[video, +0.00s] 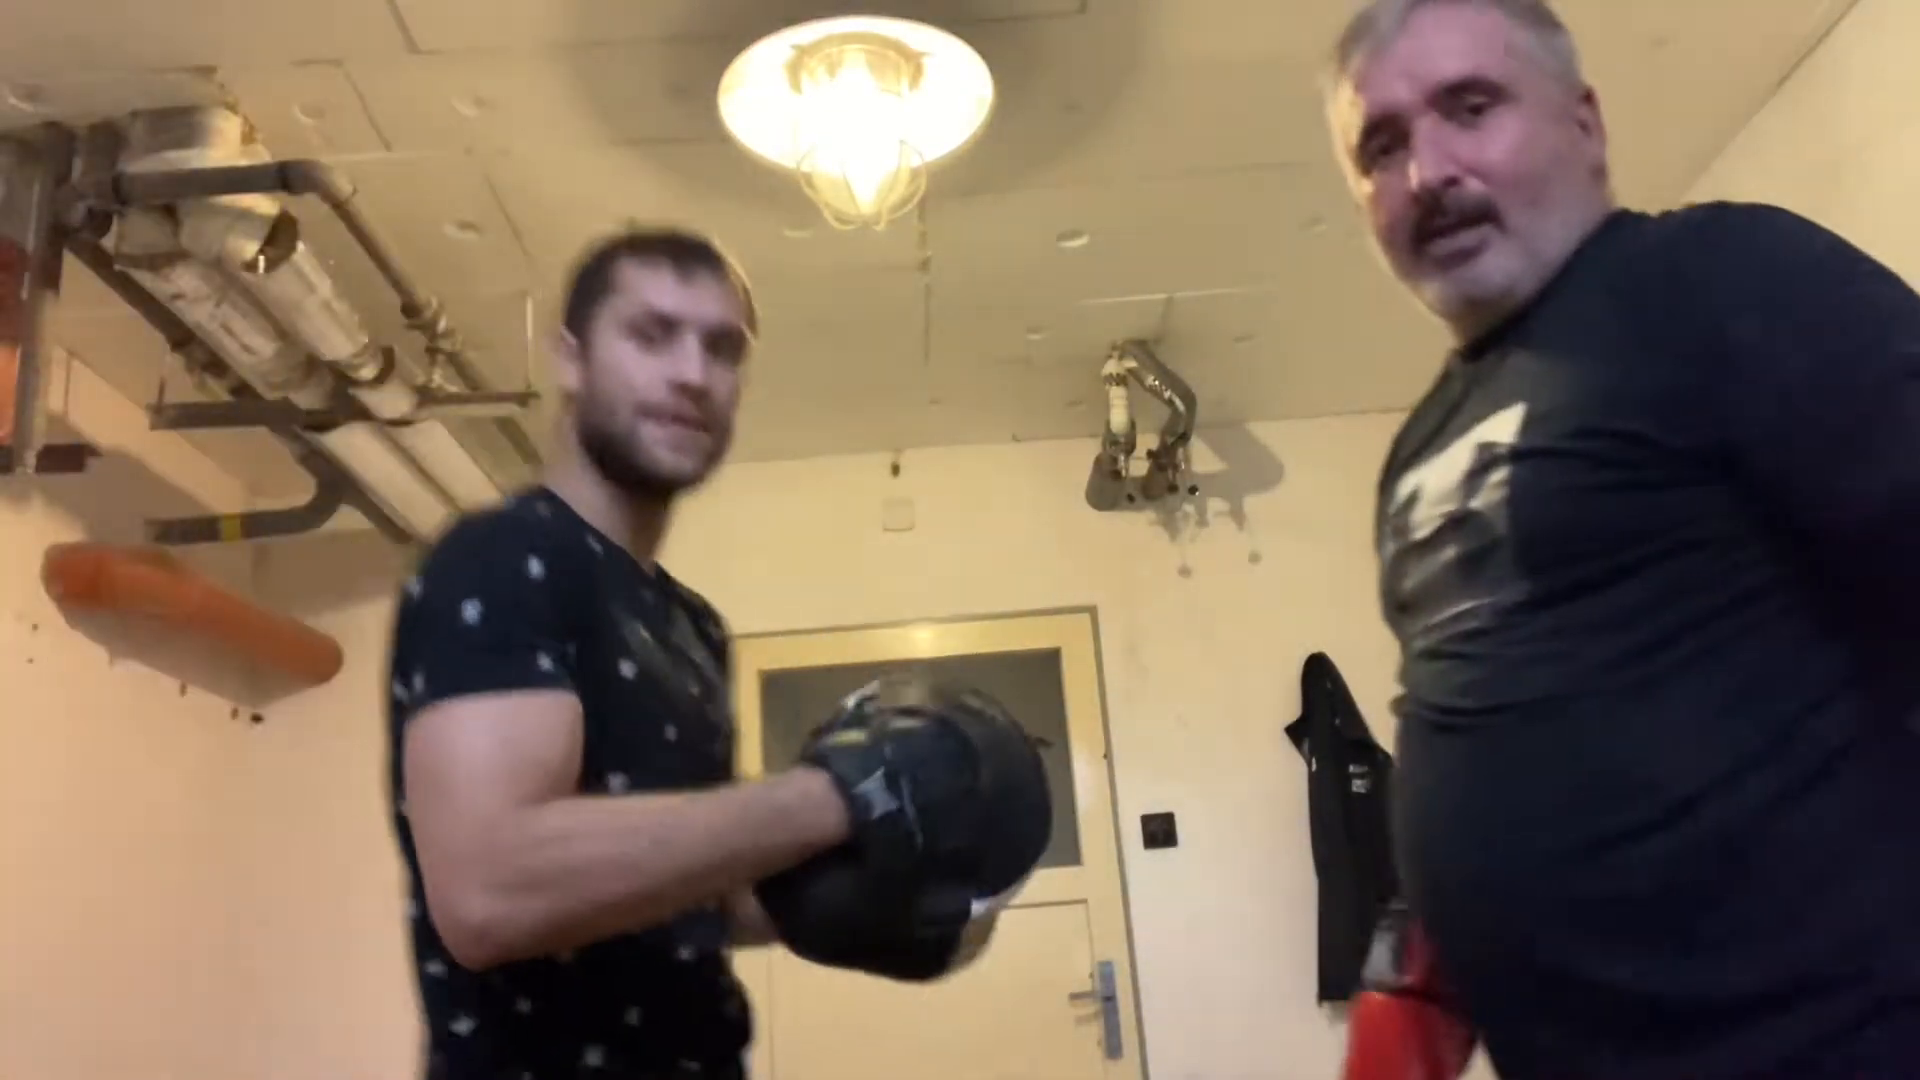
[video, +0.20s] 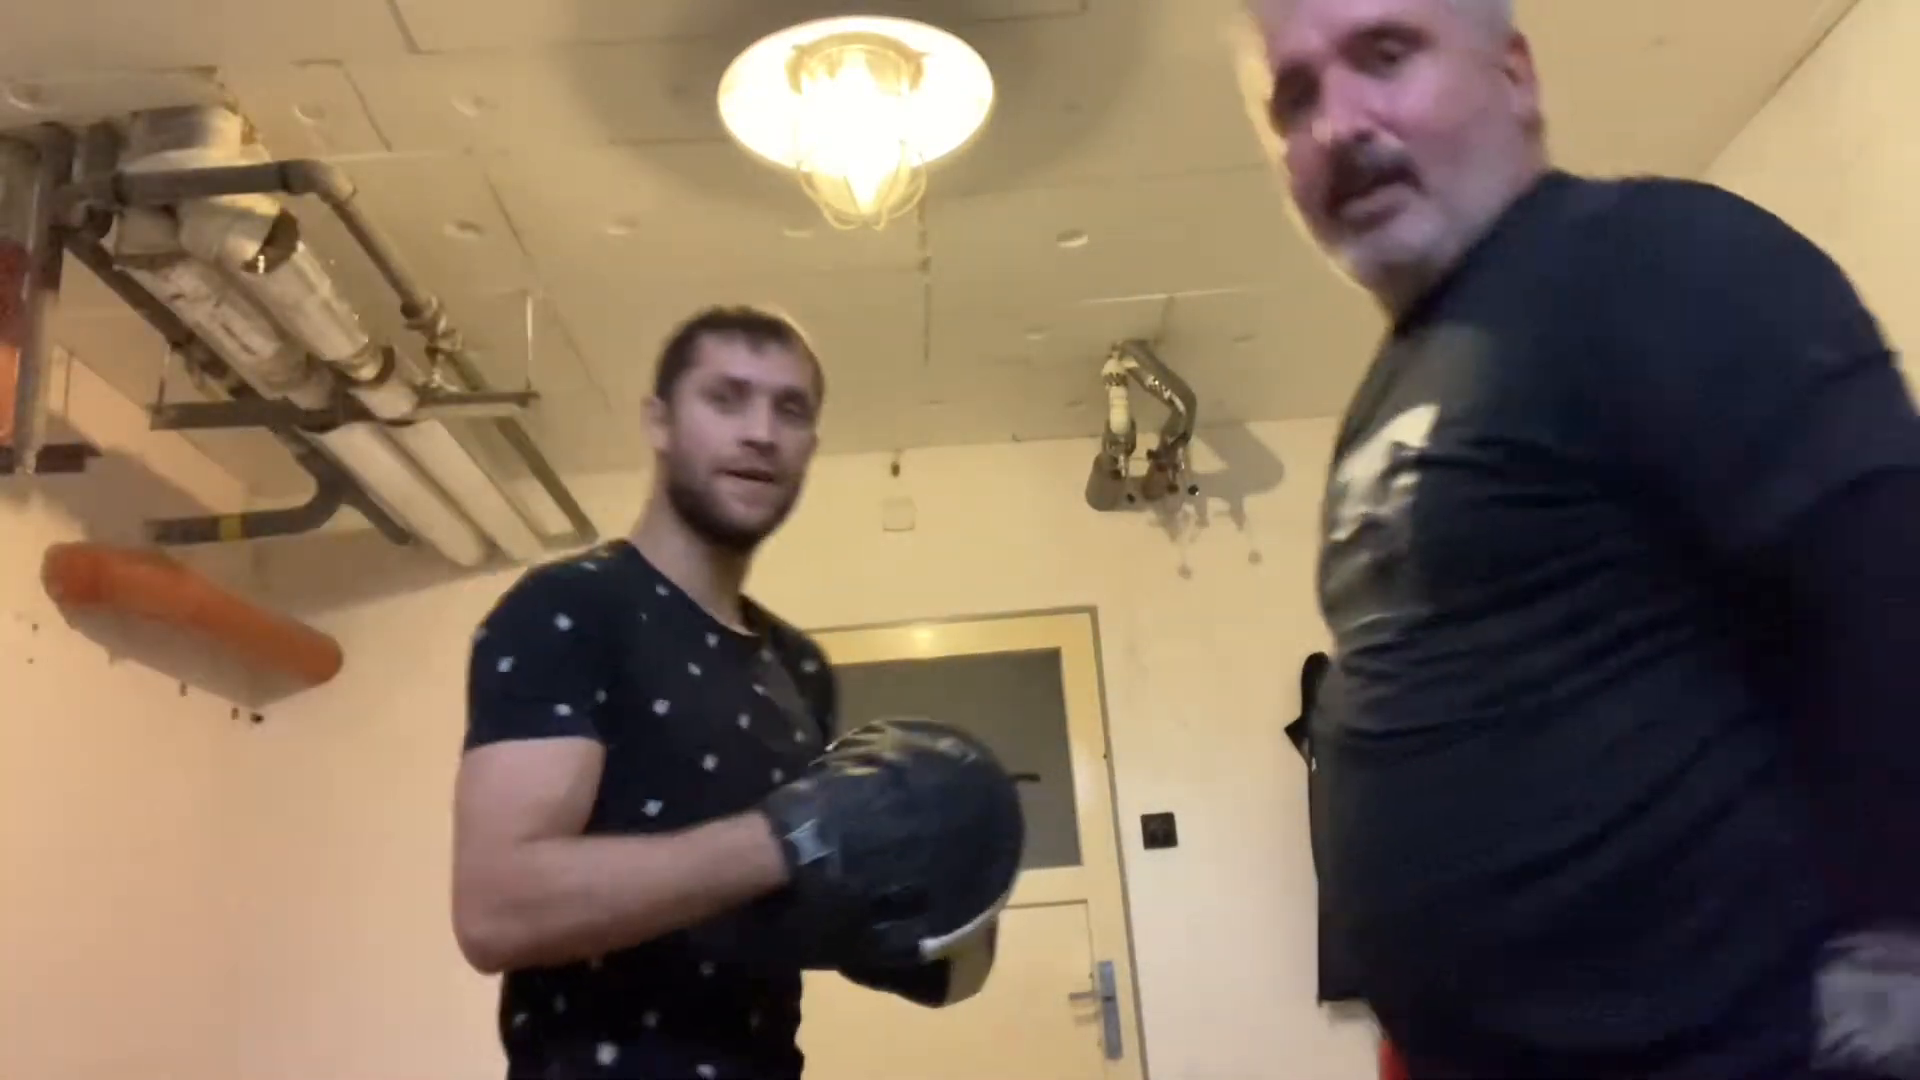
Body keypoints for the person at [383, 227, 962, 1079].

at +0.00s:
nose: (694, 375)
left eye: (721, 350)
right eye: (652, 335)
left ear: (742, 382)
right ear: (571, 357)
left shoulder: (693, 626)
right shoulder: (498, 565)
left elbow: (656, 901)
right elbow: (489, 889)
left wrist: (836, 893)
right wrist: (838, 793)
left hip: (695, 1053)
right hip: (541, 1057)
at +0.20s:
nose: (761, 434)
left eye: (791, 411)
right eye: (726, 399)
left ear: (812, 447)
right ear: (658, 421)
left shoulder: (797, 666)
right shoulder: (561, 615)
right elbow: (499, 909)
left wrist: (895, 926)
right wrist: (790, 836)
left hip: (759, 1055)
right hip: (595, 1054)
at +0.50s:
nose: (748, 469)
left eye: (776, 448)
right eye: (717, 441)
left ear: (801, 484)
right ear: (661, 466)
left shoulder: (833, 690)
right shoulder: (561, 647)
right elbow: (491, 907)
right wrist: (697, 845)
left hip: (767, 1056)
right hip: (591, 1056)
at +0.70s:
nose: (678, 496)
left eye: (705, 473)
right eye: (647, 471)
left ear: (735, 504)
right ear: (600, 497)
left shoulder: (799, 694)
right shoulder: (513, 686)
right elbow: (455, 934)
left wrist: (838, 876)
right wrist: (610, 843)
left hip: (747, 1056)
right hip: (571, 1061)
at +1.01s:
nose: (569, 542)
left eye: (592, 519)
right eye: (539, 520)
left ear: (625, 545)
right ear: (498, 548)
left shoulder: (714, 702)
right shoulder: (439, 741)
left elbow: (802, 917)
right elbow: (412, 979)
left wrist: (758, 865)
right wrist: (520, 872)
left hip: (694, 1058)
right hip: (523, 1062)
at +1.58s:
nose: (667, 578)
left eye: (688, 559)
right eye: (641, 555)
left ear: (710, 582)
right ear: (595, 574)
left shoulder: (767, 730)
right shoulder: (526, 743)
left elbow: (827, 936)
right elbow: (492, 950)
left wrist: (808, 838)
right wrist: (607, 836)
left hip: (723, 1061)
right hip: (574, 1062)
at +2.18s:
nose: (678, 624)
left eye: (691, 604)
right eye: (654, 599)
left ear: (704, 611)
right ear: (590, 602)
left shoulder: (704, 744)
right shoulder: (506, 735)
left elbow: (826, 895)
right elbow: (502, 885)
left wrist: (822, 760)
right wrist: (619, 733)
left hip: (679, 1060)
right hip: (539, 1060)